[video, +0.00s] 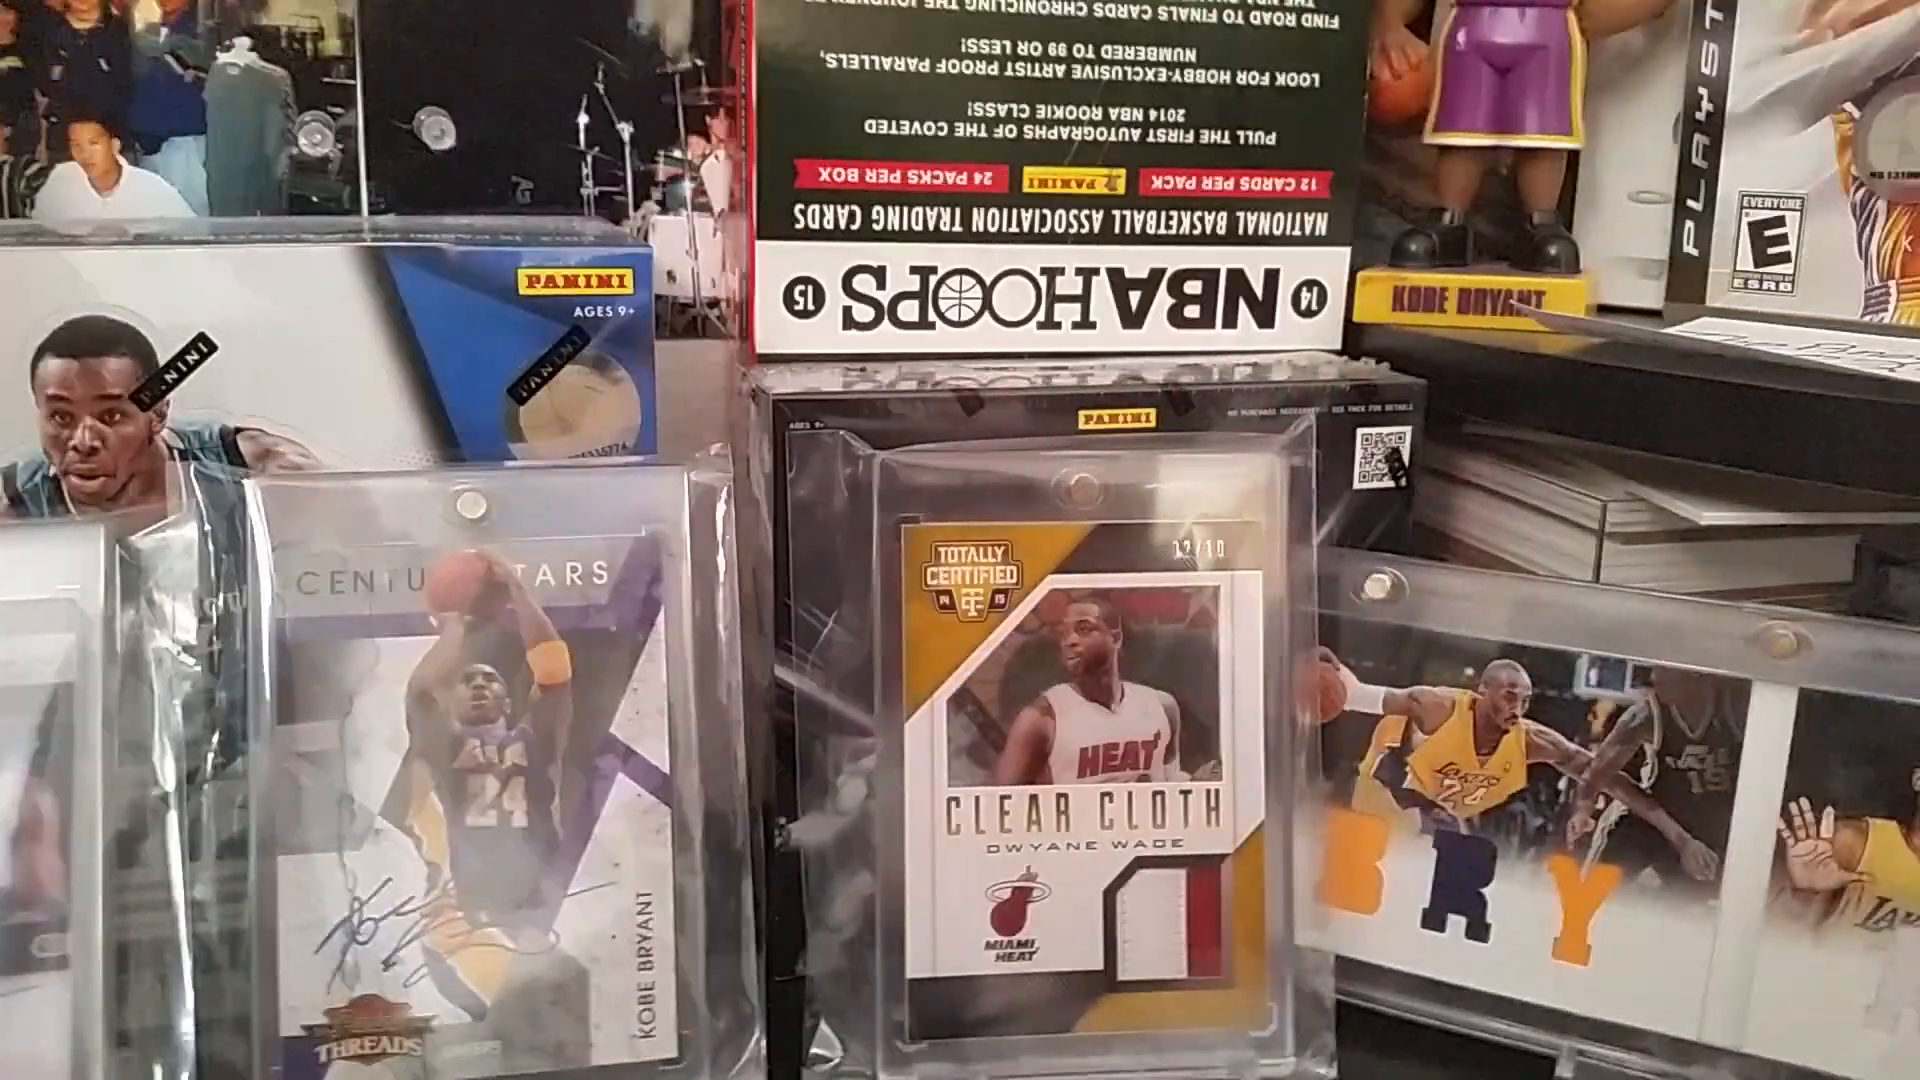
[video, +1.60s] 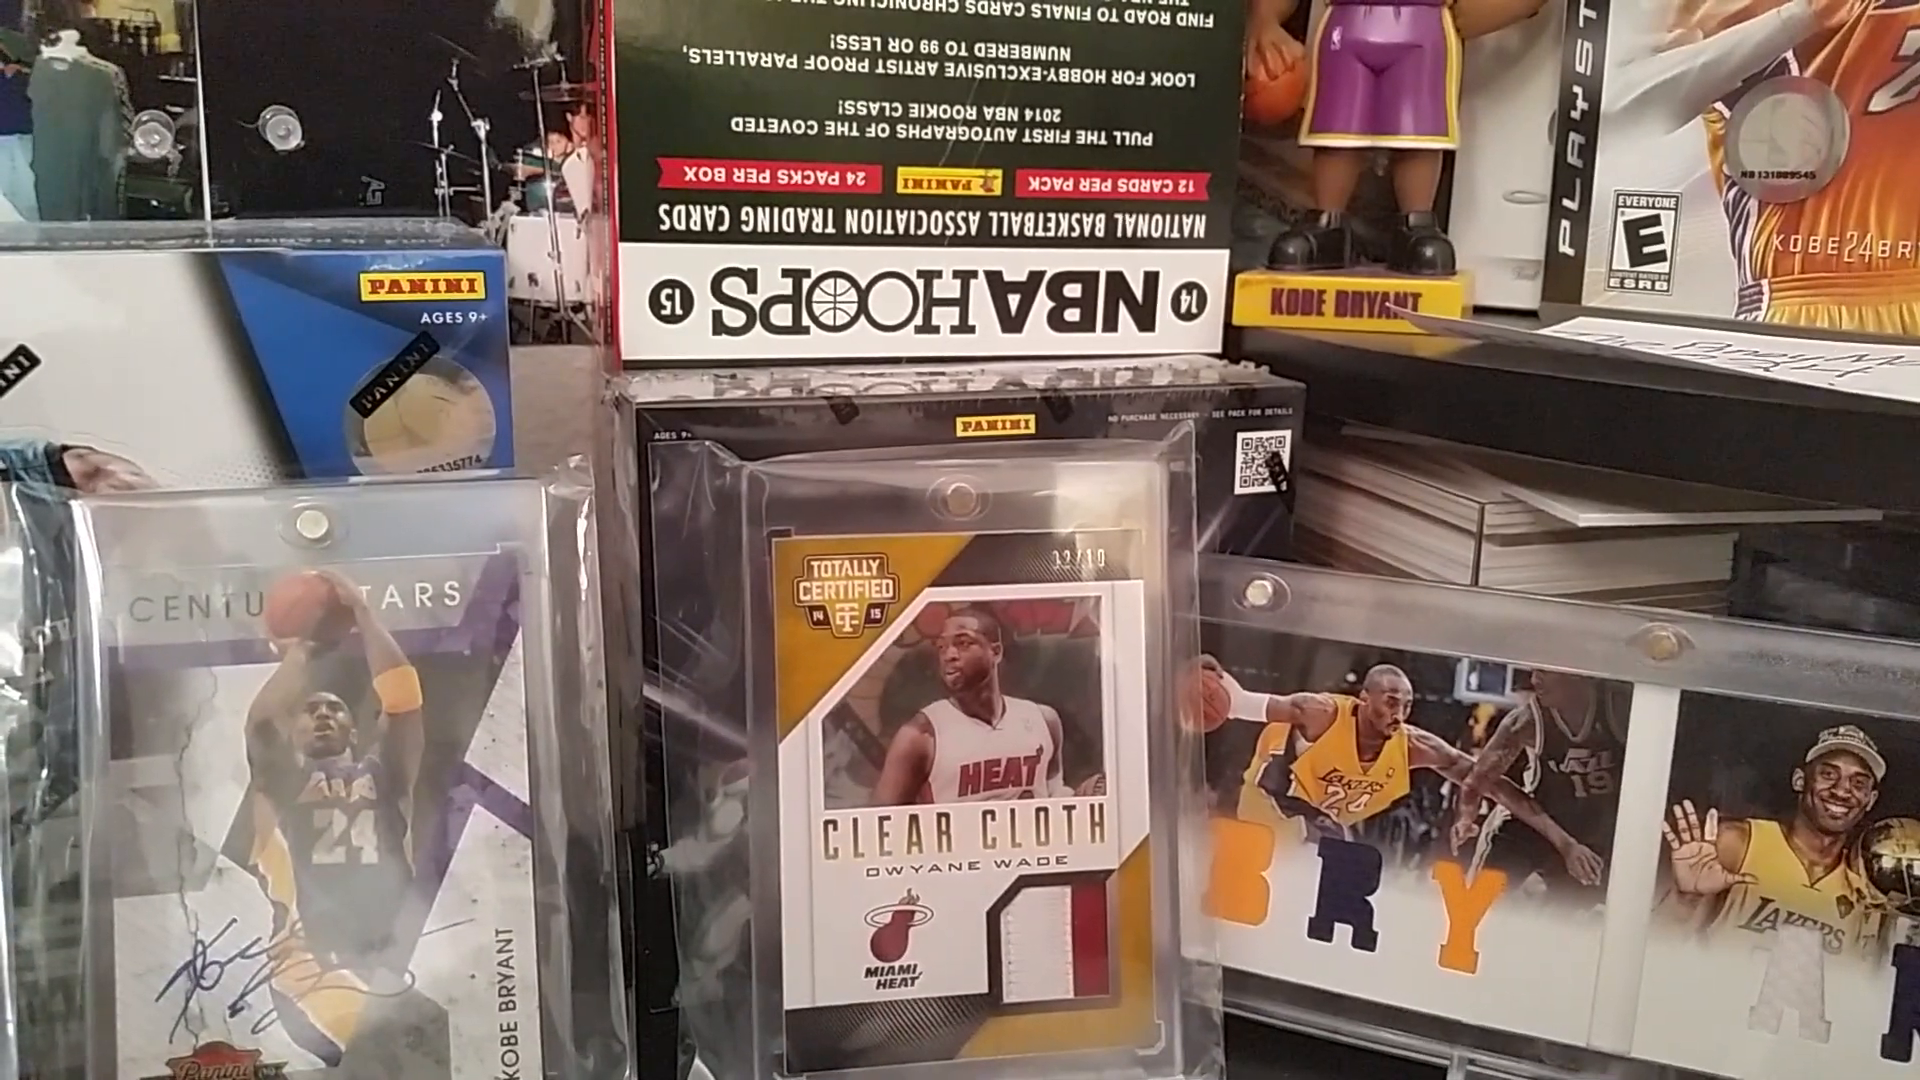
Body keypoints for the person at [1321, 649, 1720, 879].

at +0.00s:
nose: (1517, 707)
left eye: (1522, 699)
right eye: (1508, 695)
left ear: (1526, 702)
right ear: (1481, 691)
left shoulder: (1534, 740)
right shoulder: (1436, 704)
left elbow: (1605, 776)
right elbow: (1366, 697)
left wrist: (1679, 838)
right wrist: (1337, 676)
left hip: (1464, 814)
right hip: (1407, 794)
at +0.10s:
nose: (1496, 710)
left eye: (1502, 701)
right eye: (1487, 699)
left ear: (1504, 704)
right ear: (1460, 696)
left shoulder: (1508, 739)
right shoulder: (1420, 707)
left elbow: (1576, 773)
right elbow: (1356, 699)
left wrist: (1650, 830)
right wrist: (1315, 689)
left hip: (1446, 812)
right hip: (1389, 795)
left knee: (1449, 856)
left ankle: (1431, 922)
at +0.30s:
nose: (1417, 710)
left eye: (1425, 702)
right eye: (1409, 698)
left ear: (1430, 706)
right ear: (1383, 694)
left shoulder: (1439, 744)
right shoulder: (1342, 709)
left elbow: (1513, 782)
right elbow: (1267, 701)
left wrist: (1583, 840)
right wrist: (1238, 686)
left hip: (1371, 819)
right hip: (1315, 799)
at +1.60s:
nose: (1398, 710)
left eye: (1405, 702)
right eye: (1389, 699)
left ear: (1409, 708)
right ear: (1363, 697)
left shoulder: (1418, 747)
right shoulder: (1320, 710)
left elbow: (1492, 783)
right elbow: (1247, 702)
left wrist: (1565, 843)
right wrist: (1214, 679)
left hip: (1324, 825)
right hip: (1272, 799)